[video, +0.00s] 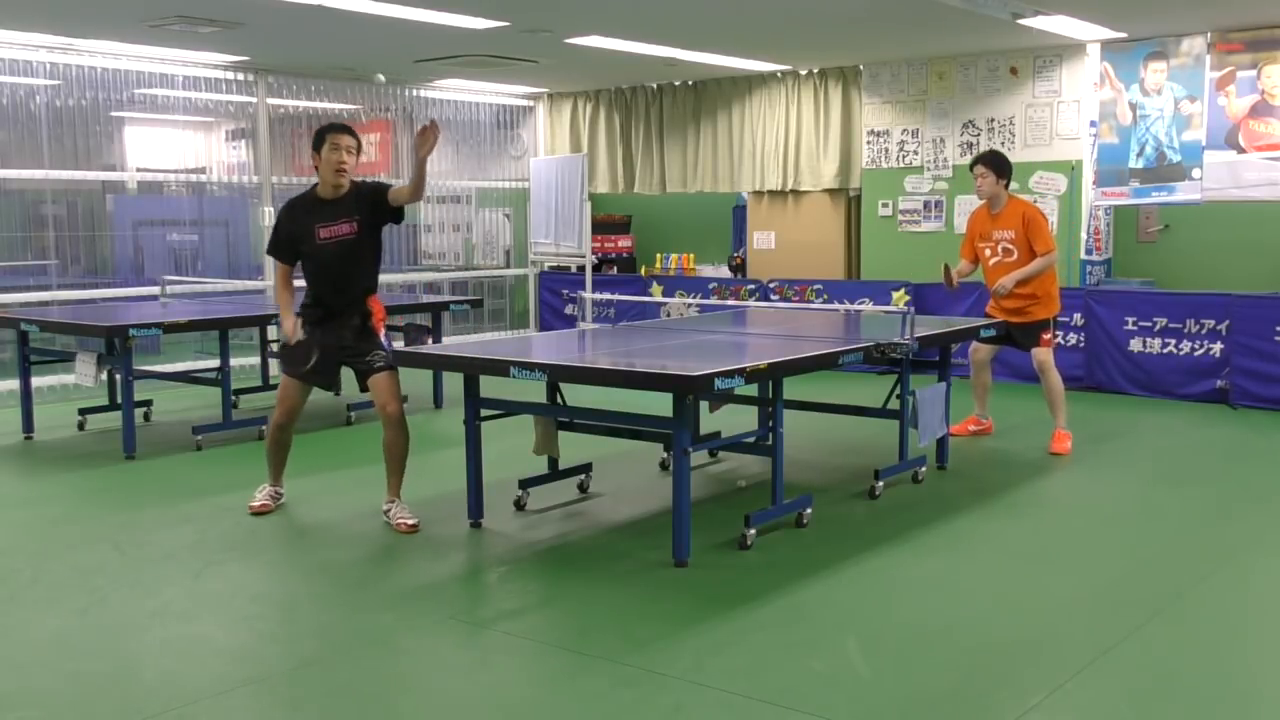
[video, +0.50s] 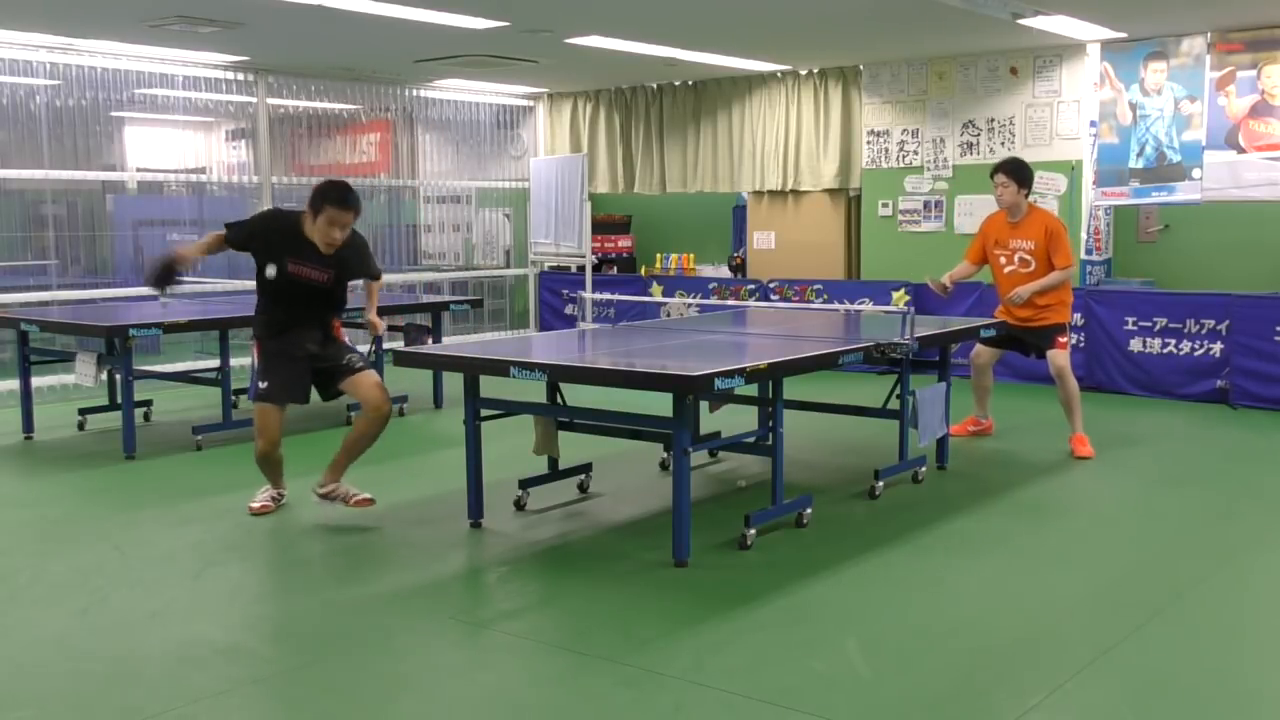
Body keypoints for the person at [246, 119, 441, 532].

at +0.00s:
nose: (344, 159)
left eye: (351, 152)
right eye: (335, 150)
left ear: (357, 160)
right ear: (316, 157)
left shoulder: (370, 196)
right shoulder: (295, 212)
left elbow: (412, 193)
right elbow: (283, 275)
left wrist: (420, 160)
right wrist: (288, 320)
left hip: (363, 320)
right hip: (314, 322)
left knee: (393, 410)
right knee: (282, 418)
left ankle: (394, 501)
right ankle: (274, 487)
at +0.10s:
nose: (327, 151)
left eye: (334, 146)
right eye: (318, 143)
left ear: (343, 157)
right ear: (301, 153)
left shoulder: (359, 193)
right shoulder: (284, 209)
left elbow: (411, 198)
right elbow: (273, 278)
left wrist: (417, 169)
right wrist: (256, 334)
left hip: (354, 318)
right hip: (305, 321)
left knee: (387, 408)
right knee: (278, 416)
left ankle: (394, 501)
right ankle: (273, 486)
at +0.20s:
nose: (314, 150)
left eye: (322, 145)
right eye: (306, 143)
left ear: (331, 157)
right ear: (288, 153)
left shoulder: (347, 193)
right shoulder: (274, 206)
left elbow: (410, 211)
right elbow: (265, 260)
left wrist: (413, 200)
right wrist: (234, 311)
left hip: (341, 318)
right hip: (293, 322)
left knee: (380, 403)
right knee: (273, 416)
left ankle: (393, 500)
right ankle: (273, 486)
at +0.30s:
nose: (307, 161)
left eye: (316, 155)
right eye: (300, 152)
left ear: (325, 165)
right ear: (284, 159)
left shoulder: (341, 201)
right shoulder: (266, 203)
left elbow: (394, 224)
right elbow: (252, 242)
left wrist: (407, 231)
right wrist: (210, 269)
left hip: (333, 320)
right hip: (284, 323)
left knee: (375, 401)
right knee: (268, 417)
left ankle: (391, 499)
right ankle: (273, 487)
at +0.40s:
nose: (314, 192)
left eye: (323, 184)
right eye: (307, 182)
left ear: (333, 185)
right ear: (292, 179)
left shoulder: (343, 218)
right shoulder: (268, 210)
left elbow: (387, 247)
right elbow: (230, 236)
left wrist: (392, 281)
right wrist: (170, 240)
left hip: (328, 326)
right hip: (279, 330)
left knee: (377, 398)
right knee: (265, 430)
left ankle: (366, 491)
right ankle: (274, 488)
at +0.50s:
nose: (338, 236)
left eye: (346, 228)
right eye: (332, 226)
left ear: (353, 222)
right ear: (311, 214)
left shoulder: (354, 247)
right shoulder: (274, 226)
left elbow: (374, 277)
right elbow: (223, 239)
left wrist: (371, 312)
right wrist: (191, 252)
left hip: (325, 338)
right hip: (275, 341)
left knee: (379, 405)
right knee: (266, 446)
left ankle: (330, 482)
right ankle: (276, 488)